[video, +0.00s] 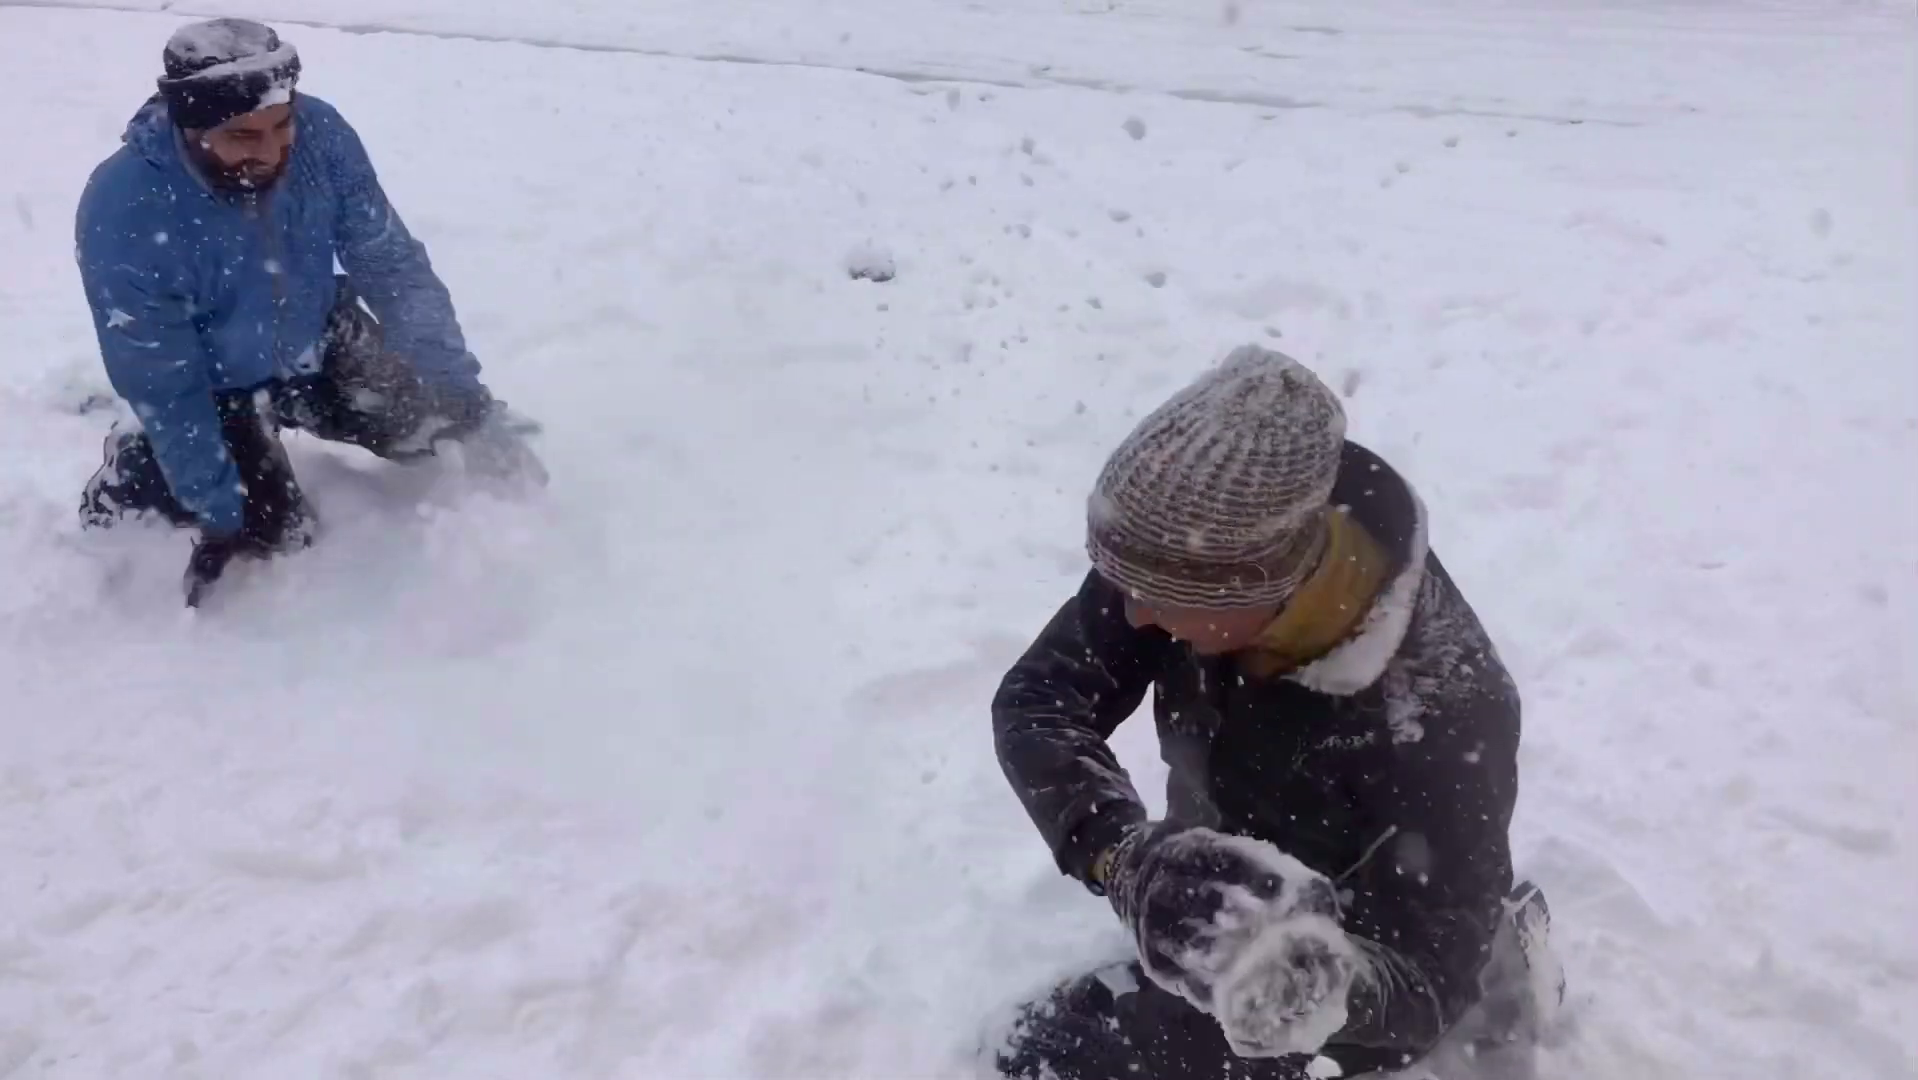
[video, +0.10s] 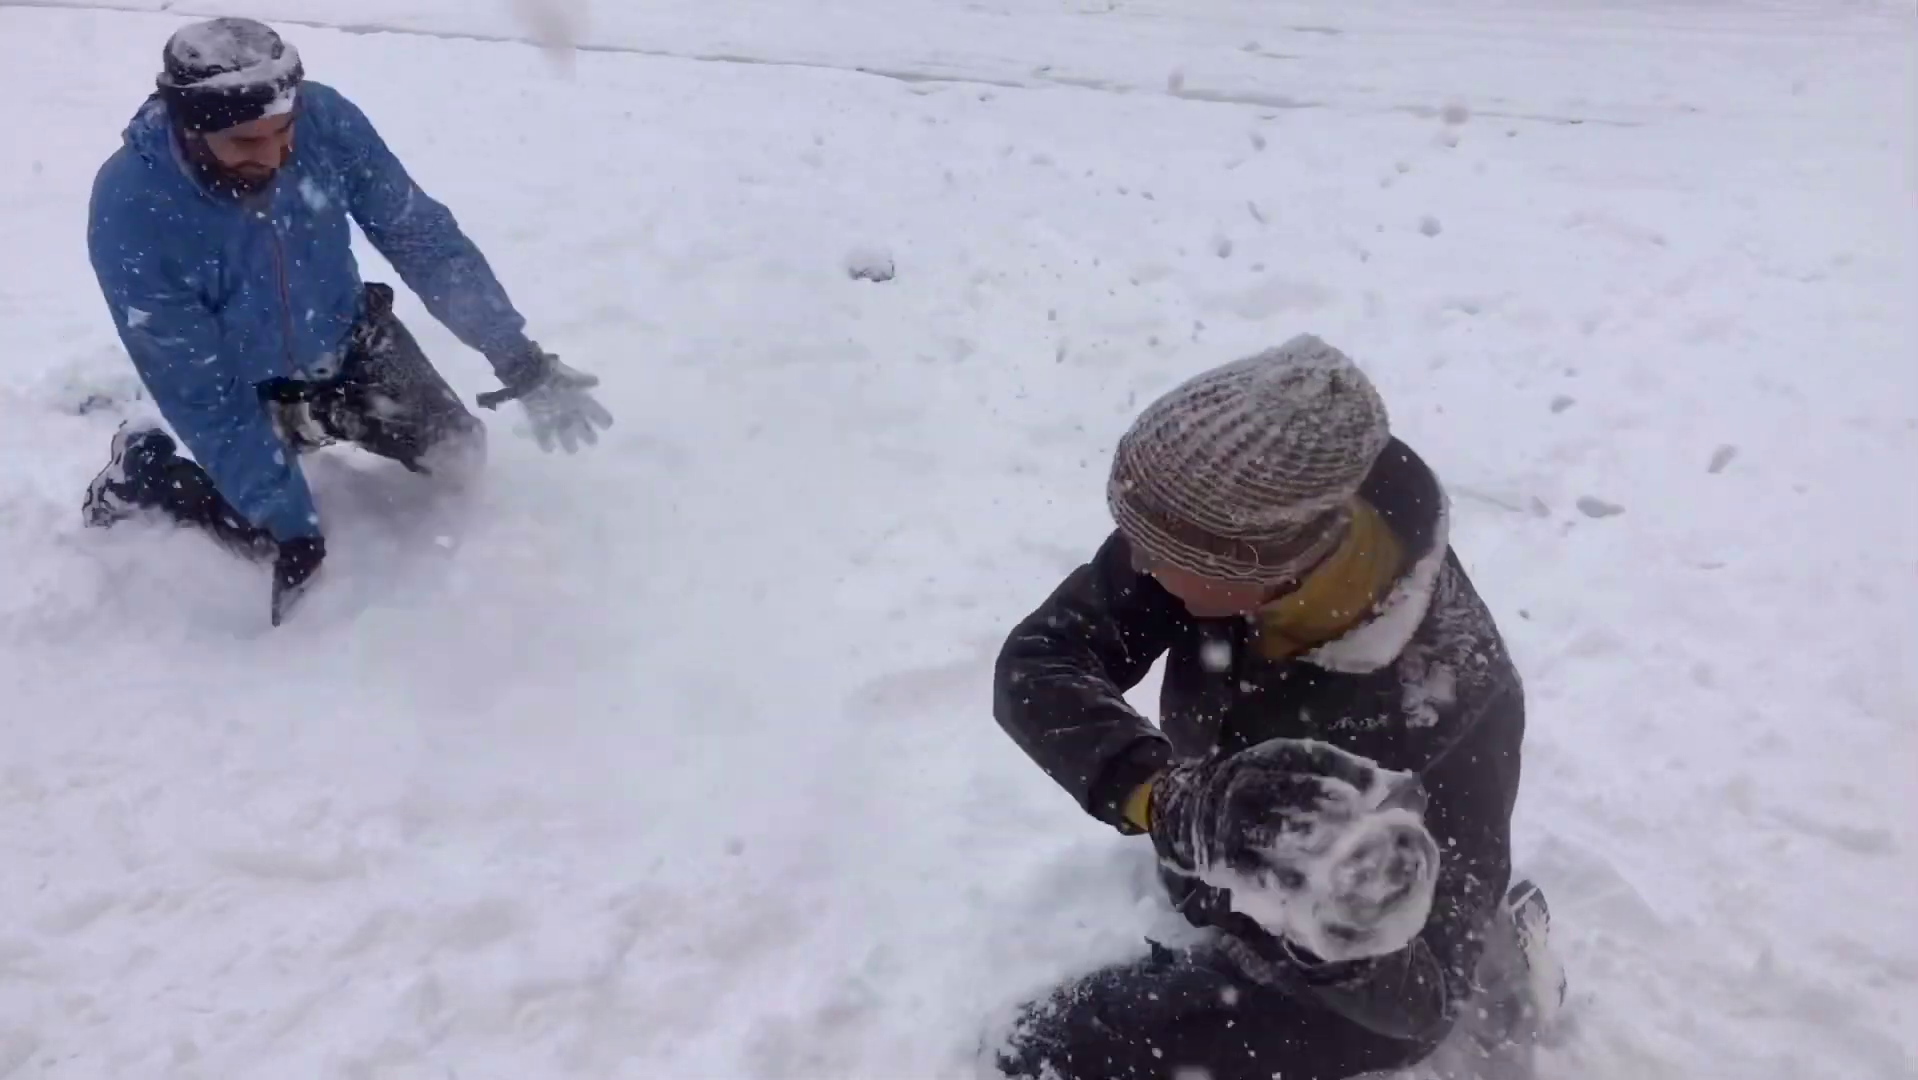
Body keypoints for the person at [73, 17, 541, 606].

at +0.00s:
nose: (270, 151)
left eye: (282, 126)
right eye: (243, 136)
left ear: (293, 108)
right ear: (191, 128)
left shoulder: (317, 136)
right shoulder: (123, 213)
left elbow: (394, 270)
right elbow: (164, 387)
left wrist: (466, 406)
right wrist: (221, 522)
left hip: (312, 341)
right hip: (211, 387)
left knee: (437, 431)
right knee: (278, 529)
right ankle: (140, 471)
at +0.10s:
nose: (278, 151)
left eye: (286, 126)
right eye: (254, 140)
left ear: (292, 101)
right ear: (199, 129)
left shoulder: (324, 124)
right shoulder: (131, 211)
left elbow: (425, 240)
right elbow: (196, 390)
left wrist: (523, 364)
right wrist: (296, 532)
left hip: (350, 345)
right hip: (243, 394)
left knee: (458, 458)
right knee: (269, 531)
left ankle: (315, 414)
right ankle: (148, 474)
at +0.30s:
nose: (300, 134)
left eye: (305, 112)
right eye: (275, 125)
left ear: (310, 80)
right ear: (224, 116)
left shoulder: (359, 98)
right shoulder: (158, 196)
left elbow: (462, 176)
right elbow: (224, 364)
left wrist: (552, 262)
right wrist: (320, 483)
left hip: (414, 348)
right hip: (292, 392)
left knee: (514, 478)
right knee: (276, 538)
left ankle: (419, 449)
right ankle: (170, 472)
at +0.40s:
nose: (321, 124)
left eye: (332, 99)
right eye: (296, 110)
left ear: (342, 74)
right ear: (252, 97)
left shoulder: (400, 88)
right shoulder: (192, 181)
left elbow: (483, 158)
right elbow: (249, 363)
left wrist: (548, 231)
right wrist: (330, 524)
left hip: (447, 362)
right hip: (320, 396)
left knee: (559, 513)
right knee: (282, 539)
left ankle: (451, 447)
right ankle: (184, 474)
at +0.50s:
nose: (343, 120)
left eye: (357, 94)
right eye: (318, 104)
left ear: (371, 62)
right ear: (269, 86)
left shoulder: (427, 90)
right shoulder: (214, 176)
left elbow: (503, 164)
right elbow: (260, 359)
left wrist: (559, 231)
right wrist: (333, 519)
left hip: (469, 375)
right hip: (339, 405)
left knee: (583, 529)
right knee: (283, 542)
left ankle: (466, 445)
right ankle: (190, 476)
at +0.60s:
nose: (399, 114)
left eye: (413, 87)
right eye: (375, 97)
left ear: (431, 66)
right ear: (330, 87)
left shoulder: (489, 114)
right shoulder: (269, 182)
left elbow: (554, 200)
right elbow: (307, 350)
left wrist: (605, 270)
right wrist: (370, 485)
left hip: (496, 401)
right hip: (359, 422)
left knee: (596, 547)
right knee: (286, 545)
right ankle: (197, 476)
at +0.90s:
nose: (560, 127)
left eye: (578, 108)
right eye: (540, 107)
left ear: (597, 111)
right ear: (499, 109)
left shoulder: (631, 201)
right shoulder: (443, 208)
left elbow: (657, 344)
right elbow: (484, 403)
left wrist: (685, 465)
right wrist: (594, 517)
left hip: (550, 402)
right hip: (422, 403)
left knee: (623, 543)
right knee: (308, 540)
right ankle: (215, 479)